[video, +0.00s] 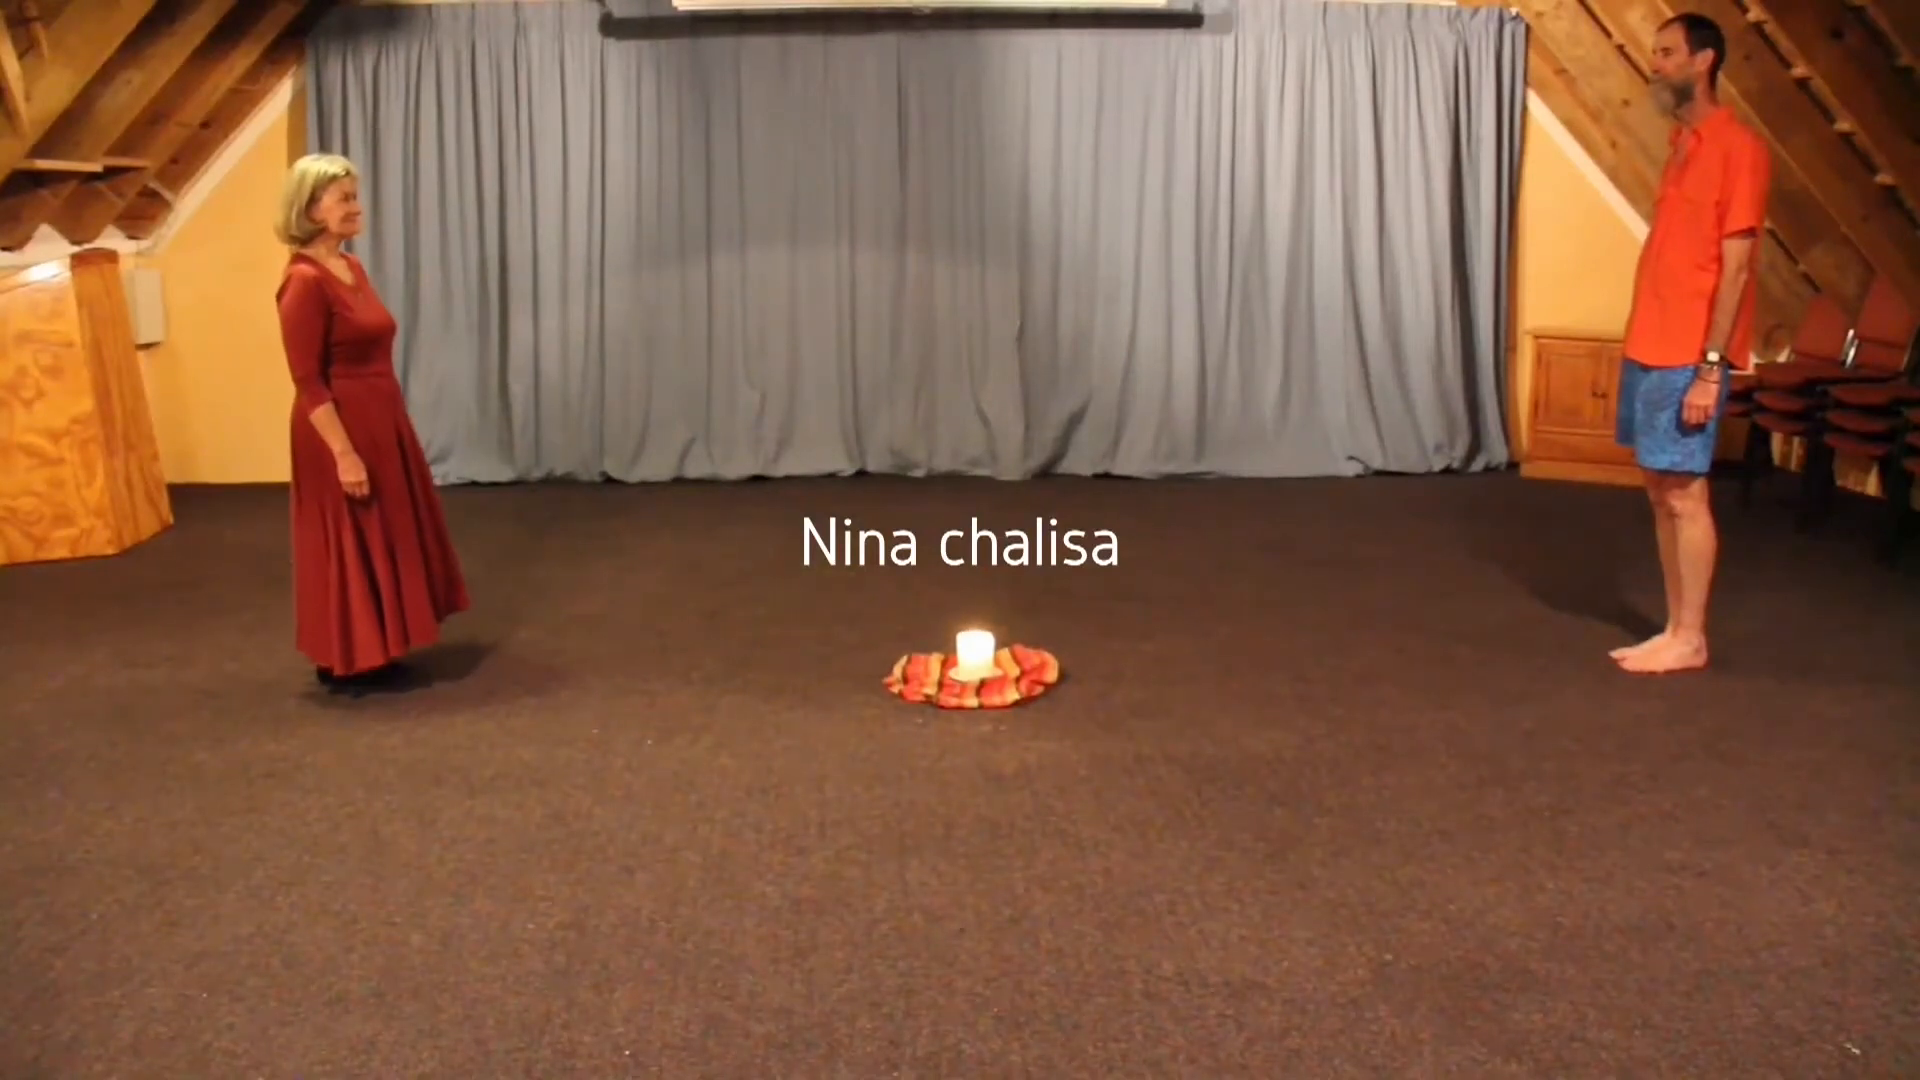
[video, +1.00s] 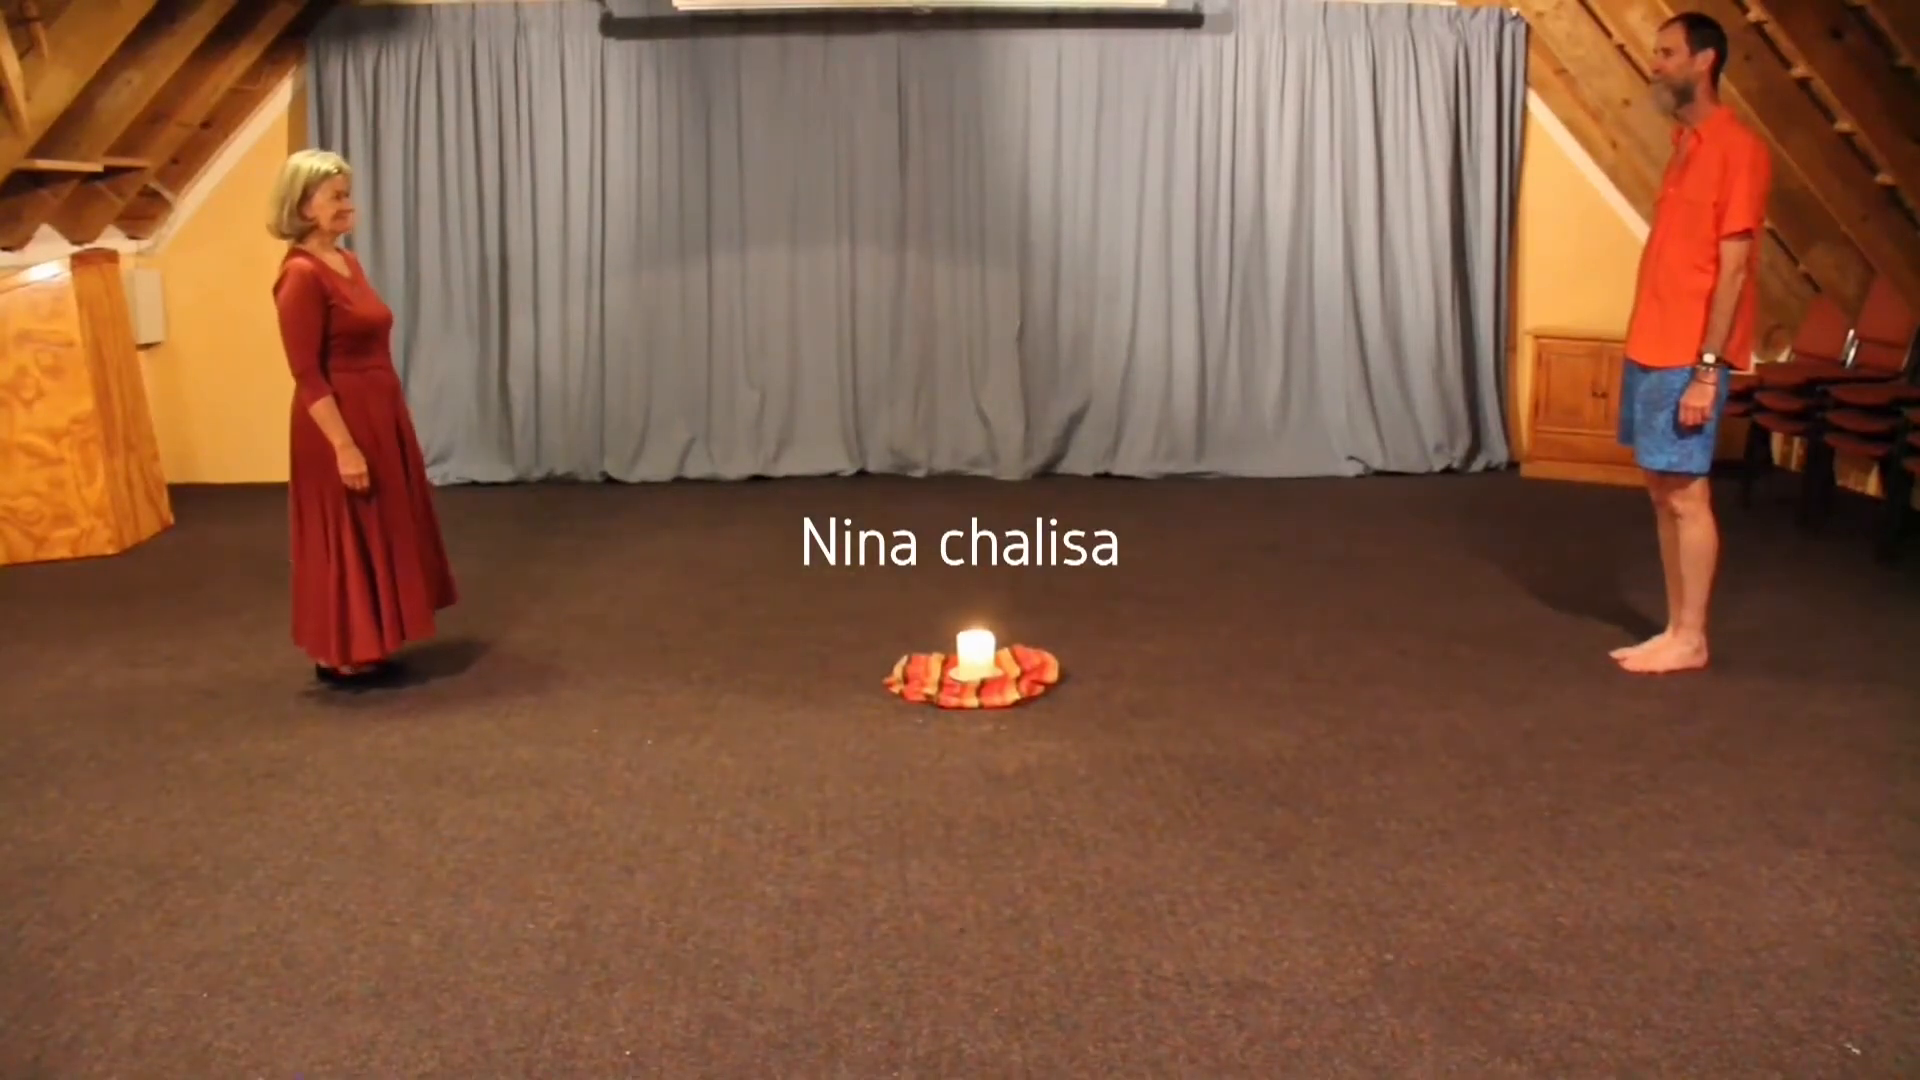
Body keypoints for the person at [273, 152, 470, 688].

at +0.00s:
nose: (356, 207)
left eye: (356, 197)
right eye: (344, 199)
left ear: (353, 205)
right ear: (312, 210)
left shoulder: (351, 267)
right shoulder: (303, 282)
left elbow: (365, 359)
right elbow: (307, 380)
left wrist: (392, 425)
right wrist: (344, 453)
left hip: (376, 420)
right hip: (334, 429)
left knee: (378, 531)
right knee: (344, 539)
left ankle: (375, 649)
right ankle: (343, 656)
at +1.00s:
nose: (347, 205)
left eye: (348, 195)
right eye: (336, 197)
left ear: (348, 201)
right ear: (305, 207)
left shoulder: (346, 261)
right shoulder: (299, 274)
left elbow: (366, 354)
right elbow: (306, 374)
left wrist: (391, 420)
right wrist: (344, 446)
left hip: (375, 413)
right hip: (337, 420)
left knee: (373, 529)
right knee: (342, 534)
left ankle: (369, 645)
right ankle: (341, 651)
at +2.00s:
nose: (337, 184)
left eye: (334, 175)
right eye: (323, 177)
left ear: (318, 192)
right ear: (293, 194)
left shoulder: (336, 250)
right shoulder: (289, 263)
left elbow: (358, 345)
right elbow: (296, 364)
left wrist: (383, 415)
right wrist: (332, 437)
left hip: (365, 406)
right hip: (327, 413)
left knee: (355, 524)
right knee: (330, 528)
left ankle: (346, 645)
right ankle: (335, 650)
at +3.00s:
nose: (331, 179)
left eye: (328, 170)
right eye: (317, 173)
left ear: (323, 182)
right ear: (287, 189)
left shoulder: (329, 246)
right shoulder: (281, 261)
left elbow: (341, 340)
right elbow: (280, 361)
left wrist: (361, 407)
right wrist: (312, 434)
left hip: (349, 401)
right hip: (312, 408)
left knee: (345, 519)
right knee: (318, 524)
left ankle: (340, 641)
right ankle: (326, 647)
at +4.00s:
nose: (331, 184)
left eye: (328, 174)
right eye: (318, 175)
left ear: (320, 184)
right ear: (286, 188)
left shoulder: (324, 250)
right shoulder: (275, 260)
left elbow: (338, 345)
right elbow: (271, 360)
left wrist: (361, 412)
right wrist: (302, 434)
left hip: (340, 404)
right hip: (302, 410)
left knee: (340, 520)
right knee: (311, 525)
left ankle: (339, 641)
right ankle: (323, 648)